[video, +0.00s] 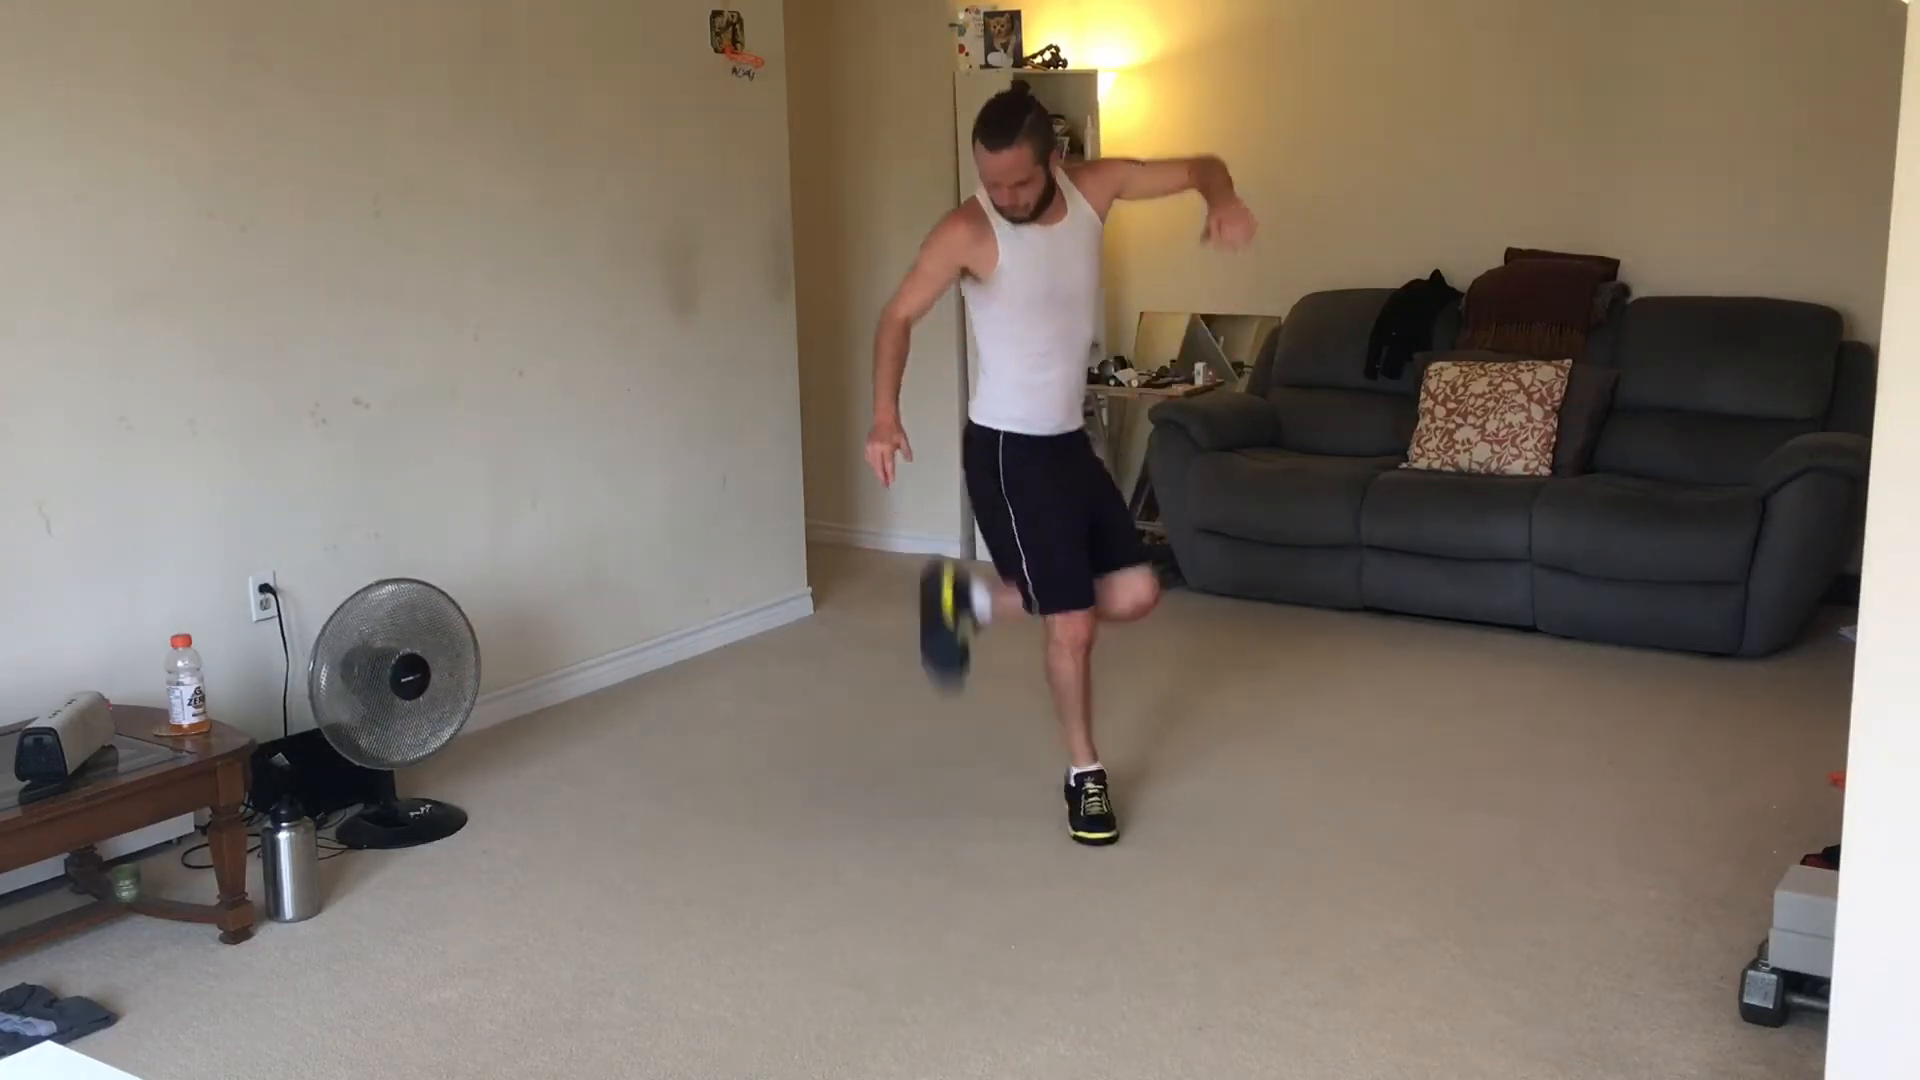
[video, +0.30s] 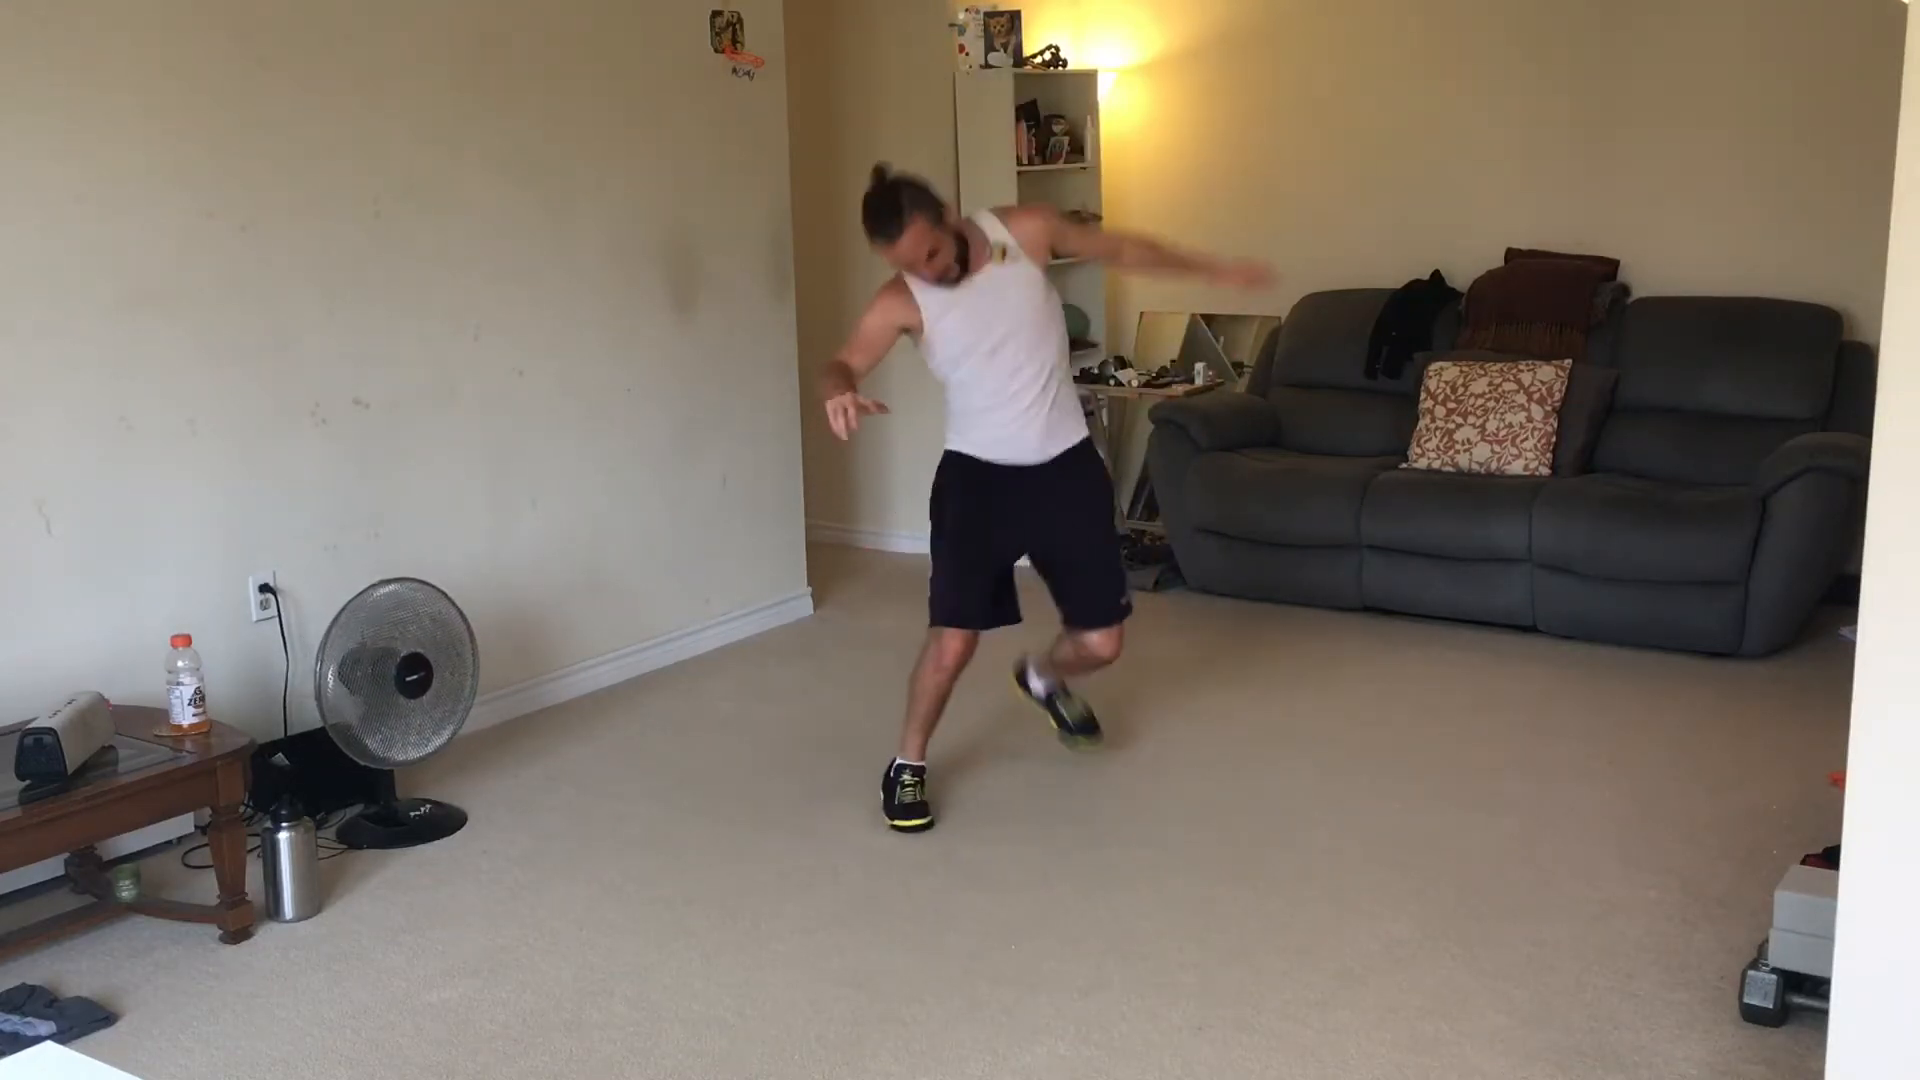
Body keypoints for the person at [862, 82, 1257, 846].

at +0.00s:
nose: (1006, 196)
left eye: (1019, 182)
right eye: (992, 183)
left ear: (1051, 157)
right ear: (976, 165)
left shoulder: (1094, 185)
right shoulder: (963, 234)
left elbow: (1203, 166)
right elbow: (897, 319)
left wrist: (1222, 198)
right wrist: (885, 411)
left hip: (1069, 438)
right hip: (1005, 446)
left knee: (1134, 592)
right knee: (1071, 619)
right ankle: (1085, 771)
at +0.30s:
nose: (927, 272)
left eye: (931, 253)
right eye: (908, 268)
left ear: (946, 215)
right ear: (890, 256)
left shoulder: (1026, 230)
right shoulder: (901, 300)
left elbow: (1123, 250)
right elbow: (844, 366)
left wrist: (1218, 269)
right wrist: (838, 391)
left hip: (1066, 468)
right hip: (976, 479)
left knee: (1102, 641)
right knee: (953, 643)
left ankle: (1039, 676)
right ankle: (908, 765)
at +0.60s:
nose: (1095, 278)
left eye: (1106, 269)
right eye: (1091, 264)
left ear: (1119, 244)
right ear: (1063, 228)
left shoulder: (1093, 248)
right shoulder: (985, 259)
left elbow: (1185, 271)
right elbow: (865, 304)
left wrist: (1214, 275)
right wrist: (756, 336)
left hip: (1038, 450)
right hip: (981, 460)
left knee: (1119, 589)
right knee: (1121, 570)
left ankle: (1063, 726)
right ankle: (1032, 695)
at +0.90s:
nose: (1057, 176)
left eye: (1066, 161)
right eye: (1043, 163)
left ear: (1077, 141)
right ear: (1006, 139)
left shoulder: (1080, 156)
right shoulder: (953, 194)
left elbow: (1142, 200)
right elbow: (865, 272)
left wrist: (1186, 288)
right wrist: (846, 347)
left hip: (1052, 372)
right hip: (984, 379)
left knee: (1055, 536)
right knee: (1091, 519)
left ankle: (1047, 712)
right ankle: (1036, 697)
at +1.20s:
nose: (1056, 160)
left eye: (1067, 145)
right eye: (1044, 144)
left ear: (1075, 135)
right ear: (1004, 131)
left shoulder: (1063, 191)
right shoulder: (966, 197)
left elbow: (1072, 279)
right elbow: (883, 284)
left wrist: (1095, 354)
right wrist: (893, 321)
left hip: (1069, 395)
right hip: (999, 413)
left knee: (1193, 445)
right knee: (999, 599)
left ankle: (1081, 562)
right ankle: (973, 758)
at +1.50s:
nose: (1087, 165)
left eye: (1094, 151)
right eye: (1074, 152)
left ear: (1097, 139)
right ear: (1028, 140)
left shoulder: (1090, 193)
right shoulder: (989, 214)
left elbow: (1123, 251)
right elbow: (919, 319)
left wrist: (1174, 321)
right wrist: (941, 397)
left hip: (1105, 414)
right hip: (1031, 427)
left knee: (1201, 545)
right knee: (1033, 601)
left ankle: (1155, 709)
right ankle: (997, 747)